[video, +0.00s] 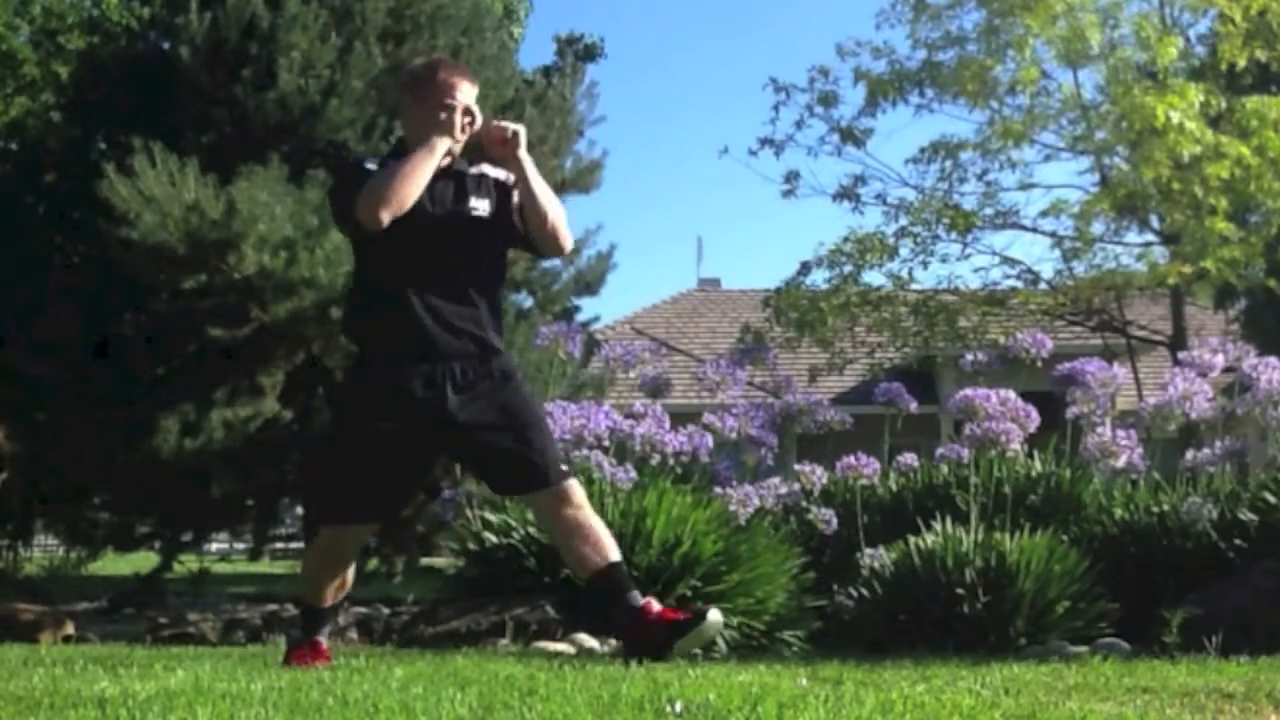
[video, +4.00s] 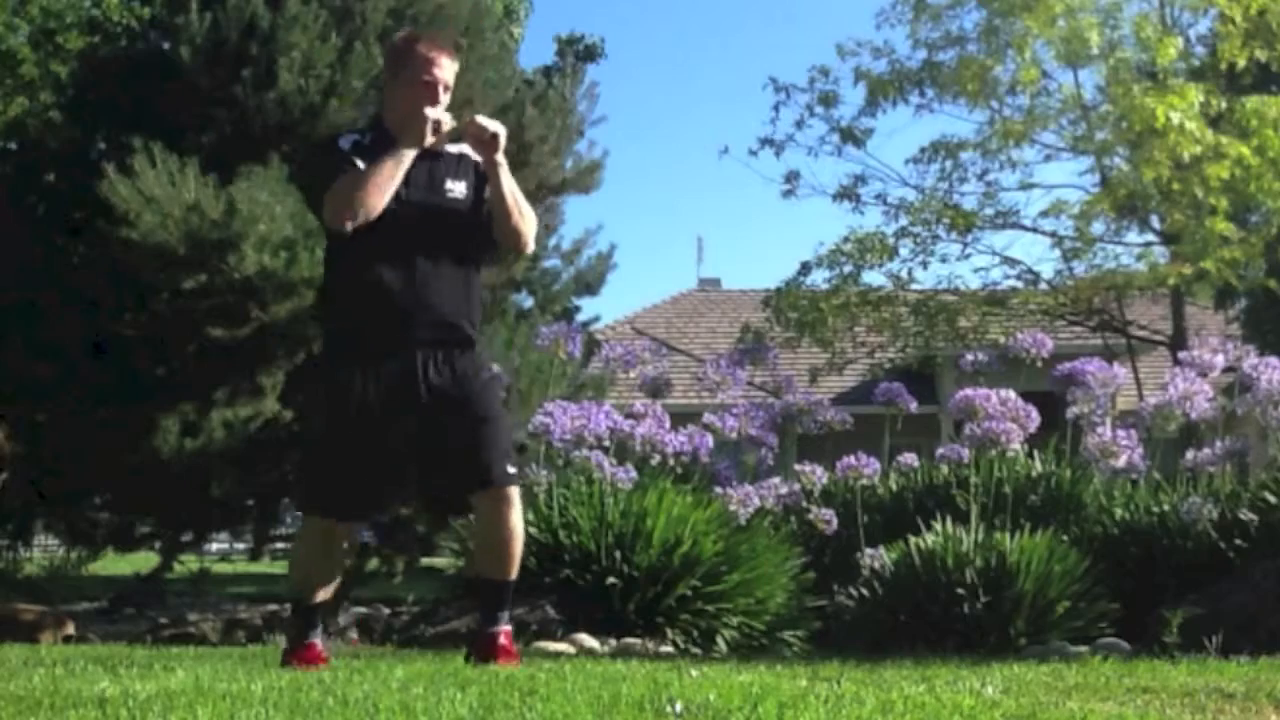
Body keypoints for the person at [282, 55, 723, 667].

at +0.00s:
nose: (457, 120)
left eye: (467, 112)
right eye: (443, 107)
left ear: (477, 121)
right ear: (405, 106)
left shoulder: (496, 185)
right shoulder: (366, 173)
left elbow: (557, 243)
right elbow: (375, 214)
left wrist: (521, 162)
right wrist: (441, 143)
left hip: (482, 372)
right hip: (391, 374)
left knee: (557, 487)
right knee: (344, 521)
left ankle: (633, 615)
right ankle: (310, 639)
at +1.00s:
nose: (807, 83)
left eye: (810, 72)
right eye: (795, 69)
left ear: (807, 76)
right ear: (749, 68)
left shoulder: (746, 139)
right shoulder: (758, 133)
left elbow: (827, 228)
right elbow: (860, 179)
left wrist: (836, 135)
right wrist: (860, 108)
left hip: (772, 344)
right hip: (796, 337)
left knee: (802, 520)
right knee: (868, 493)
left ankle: (698, 645)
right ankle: (899, 662)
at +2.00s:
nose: (669, 75)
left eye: (675, 66)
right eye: (655, 62)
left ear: (680, 75)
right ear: (616, 64)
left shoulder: (677, 154)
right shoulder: (575, 133)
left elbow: (729, 238)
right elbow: (598, 198)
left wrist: (723, 164)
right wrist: (667, 138)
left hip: (684, 338)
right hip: (611, 334)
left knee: (699, 495)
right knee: (636, 488)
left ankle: (686, 642)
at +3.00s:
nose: (476, 81)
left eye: (486, 74)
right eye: (466, 68)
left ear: (496, 82)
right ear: (432, 64)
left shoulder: (511, 144)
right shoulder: (390, 127)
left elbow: (561, 228)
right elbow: (372, 200)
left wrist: (537, 161)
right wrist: (453, 139)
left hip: (487, 334)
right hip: (401, 332)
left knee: (507, 488)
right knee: (380, 490)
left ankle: (513, 633)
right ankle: (364, 620)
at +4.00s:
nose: (435, 96)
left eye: (444, 88)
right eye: (423, 83)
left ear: (454, 95)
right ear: (389, 81)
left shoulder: (474, 167)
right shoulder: (348, 150)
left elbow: (523, 240)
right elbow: (345, 215)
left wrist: (497, 163)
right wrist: (413, 145)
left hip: (455, 362)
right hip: (361, 363)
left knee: (500, 491)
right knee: (333, 509)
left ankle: (495, 632)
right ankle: (306, 640)